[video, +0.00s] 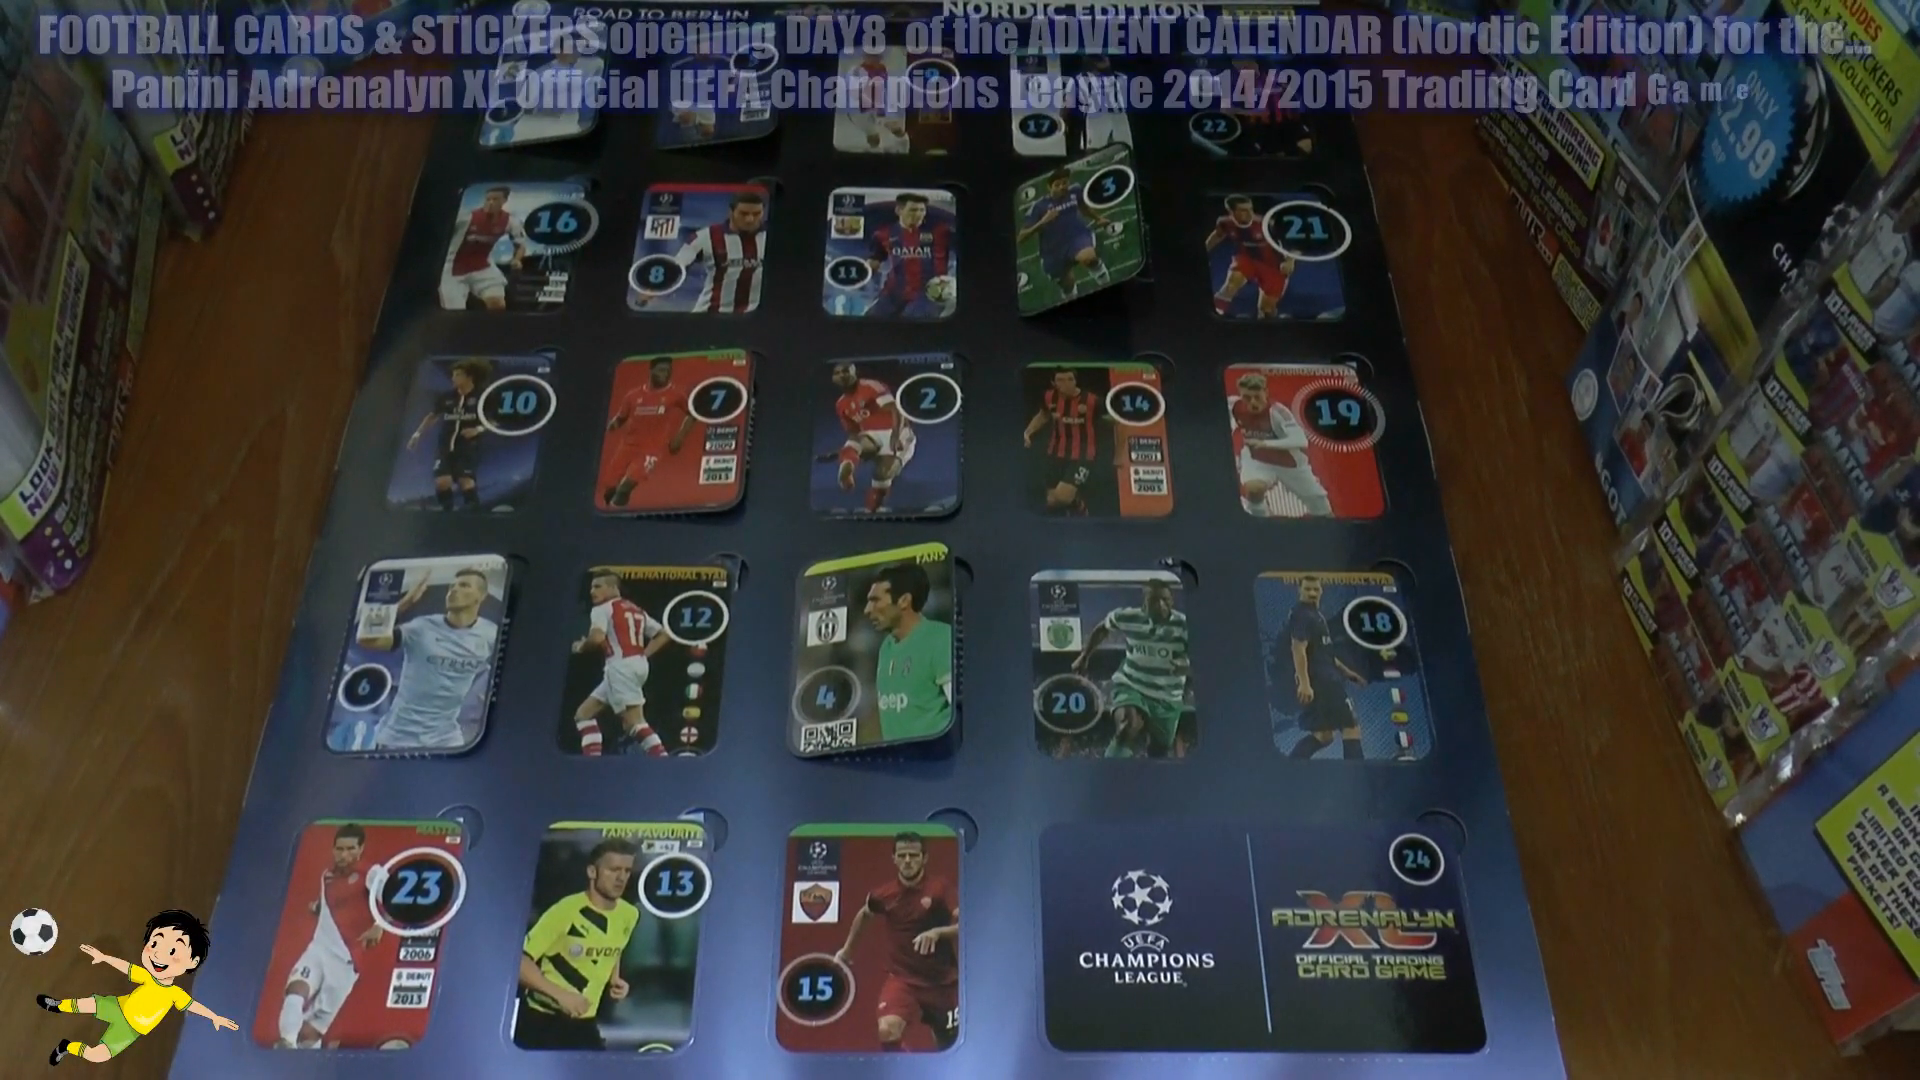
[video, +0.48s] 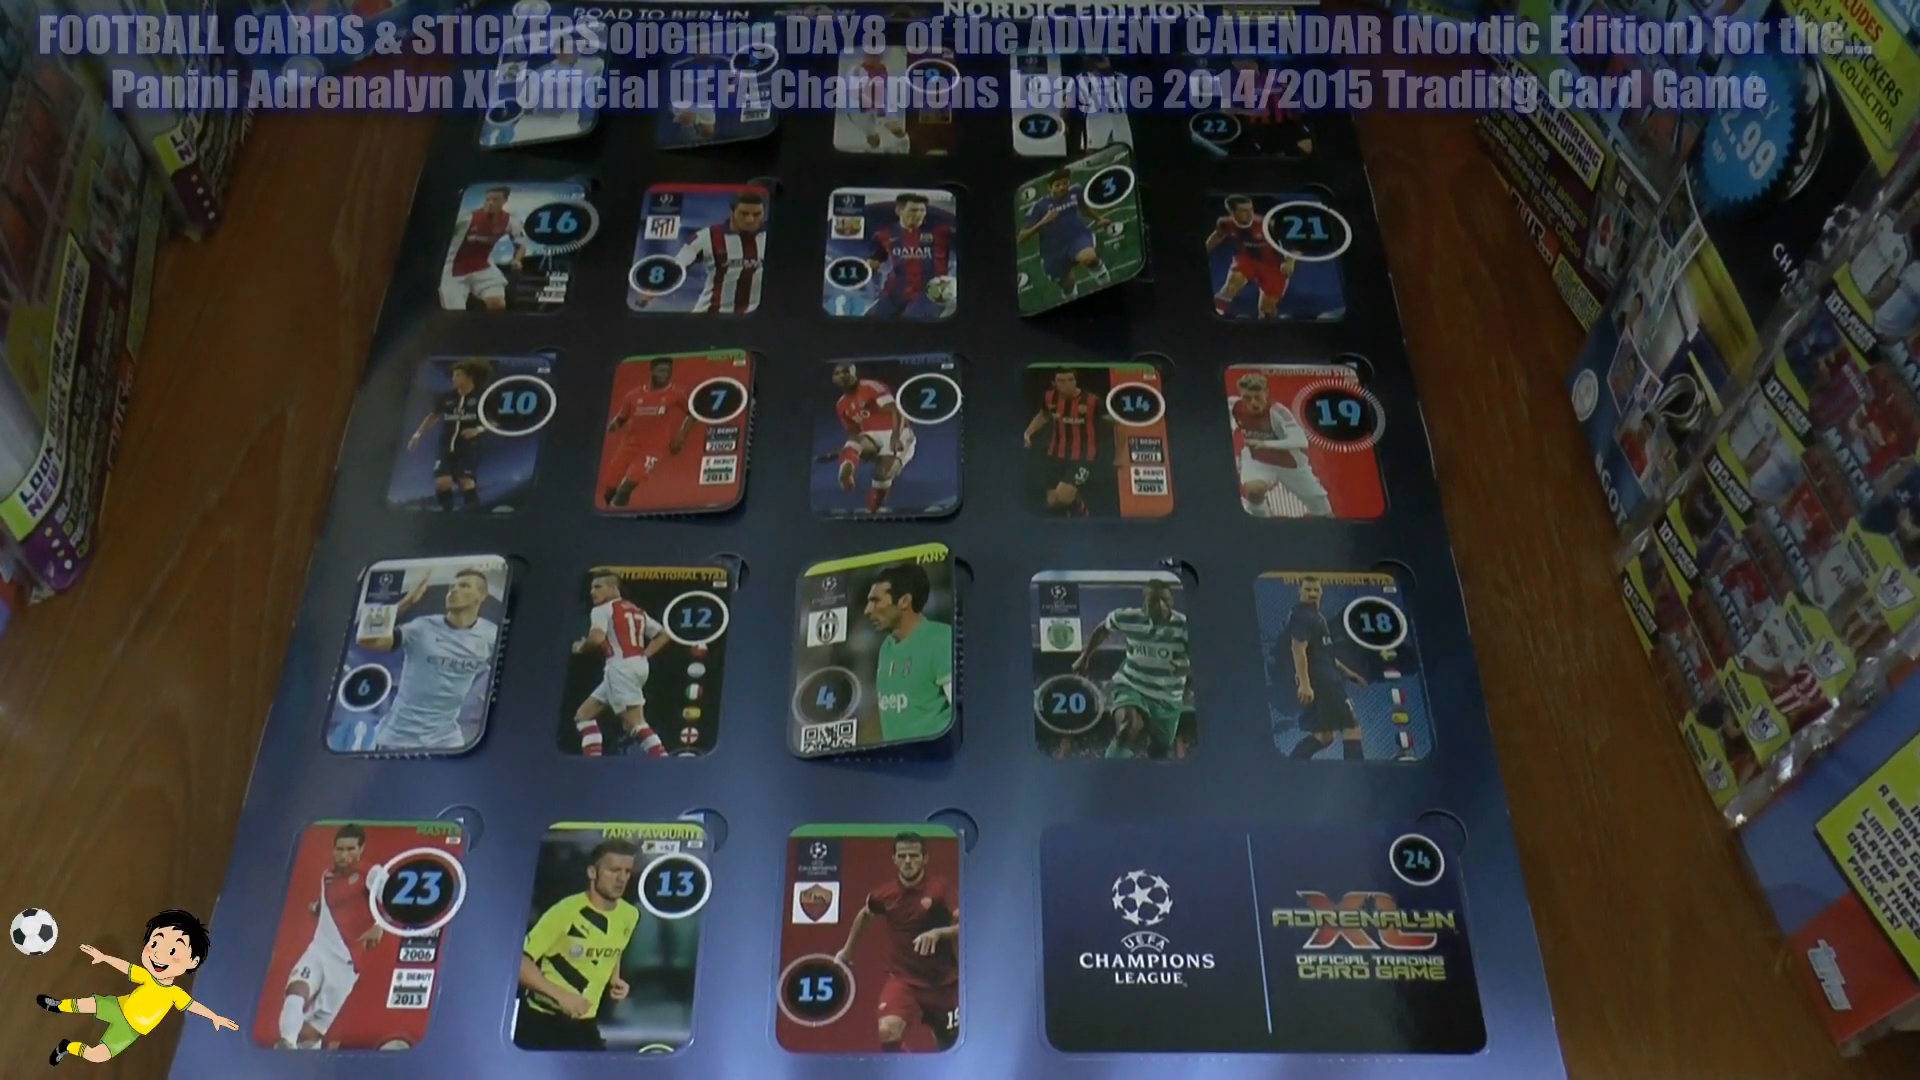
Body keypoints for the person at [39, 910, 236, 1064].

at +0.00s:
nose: (159, 955)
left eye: (172, 952)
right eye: (155, 943)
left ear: (187, 966)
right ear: (145, 945)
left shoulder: (176, 995)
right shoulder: (144, 976)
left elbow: (195, 1007)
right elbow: (124, 966)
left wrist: (214, 1017)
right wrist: (103, 958)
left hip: (131, 1030)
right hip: (119, 1008)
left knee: (99, 1055)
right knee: (88, 1003)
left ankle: (66, 1047)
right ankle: (57, 1006)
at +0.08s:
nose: (159, 956)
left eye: (172, 952)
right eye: (155, 944)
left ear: (187, 966)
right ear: (146, 945)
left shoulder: (176, 995)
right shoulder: (143, 976)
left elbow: (194, 1007)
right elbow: (124, 966)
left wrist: (214, 1017)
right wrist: (103, 958)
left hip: (131, 1030)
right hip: (119, 1008)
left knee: (99, 1055)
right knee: (89, 1003)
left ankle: (66, 1047)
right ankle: (57, 1006)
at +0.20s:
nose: (159, 955)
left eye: (172, 952)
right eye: (155, 944)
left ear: (187, 967)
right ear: (145, 945)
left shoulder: (176, 995)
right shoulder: (144, 976)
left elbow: (195, 1007)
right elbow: (124, 966)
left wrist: (215, 1017)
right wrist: (103, 958)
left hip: (131, 1030)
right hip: (119, 1008)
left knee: (99, 1055)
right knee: (89, 1003)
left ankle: (66, 1047)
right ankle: (57, 1006)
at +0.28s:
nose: (159, 955)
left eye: (172, 952)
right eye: (155, 944)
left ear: (187, 967)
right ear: (145, 946)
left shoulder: (176, 995)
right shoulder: (144, 976)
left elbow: (195, 1007)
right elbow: (124, 966)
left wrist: (215, 1017)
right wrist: (103, 958)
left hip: (131, 1030)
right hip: (119, 1008)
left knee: (99, 1055)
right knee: (89, 1003)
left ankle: (66, 1047)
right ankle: (57, 1006)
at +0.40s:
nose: (159, 955)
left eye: (172, 952)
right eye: (155, 944)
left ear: (187, 967)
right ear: (145, 945)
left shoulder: (176, 995)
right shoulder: (144, 976)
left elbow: (195, 1007)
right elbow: (124, 966)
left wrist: (215, 1017)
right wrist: (103, 958)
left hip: (131, 1030)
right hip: (119, 1008)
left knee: (99, 1055)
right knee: (89, 1003)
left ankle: (66, 1047)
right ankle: (57, 1006)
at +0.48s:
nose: (159, 955)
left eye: (172, 952)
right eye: (155, 944)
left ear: (187, 967)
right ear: (145, 945)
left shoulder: (176, 995)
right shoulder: (144, 976)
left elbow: (195, 1007)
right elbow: (124, 966)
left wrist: (215, 1017)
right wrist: (103, 958)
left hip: (131, 1030)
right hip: (119, 1008)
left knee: (99, 1055)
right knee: (88, 1003)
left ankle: (66, 1047)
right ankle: (57, 1006)